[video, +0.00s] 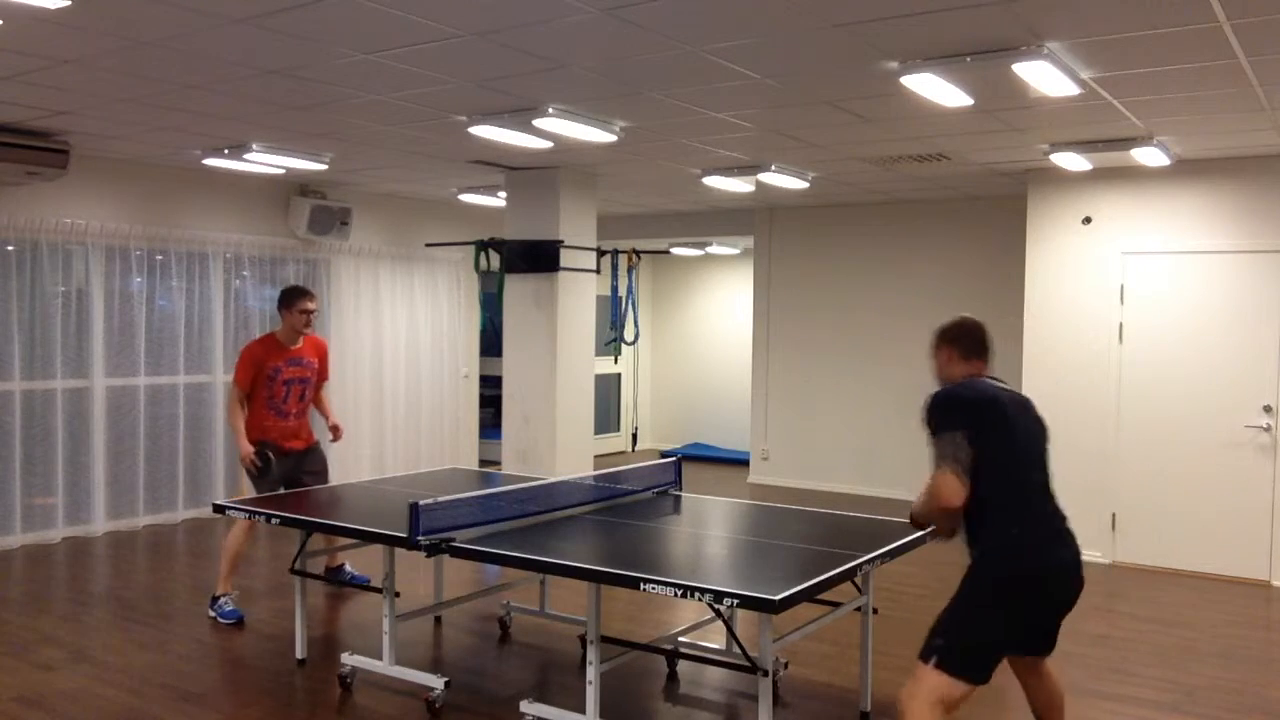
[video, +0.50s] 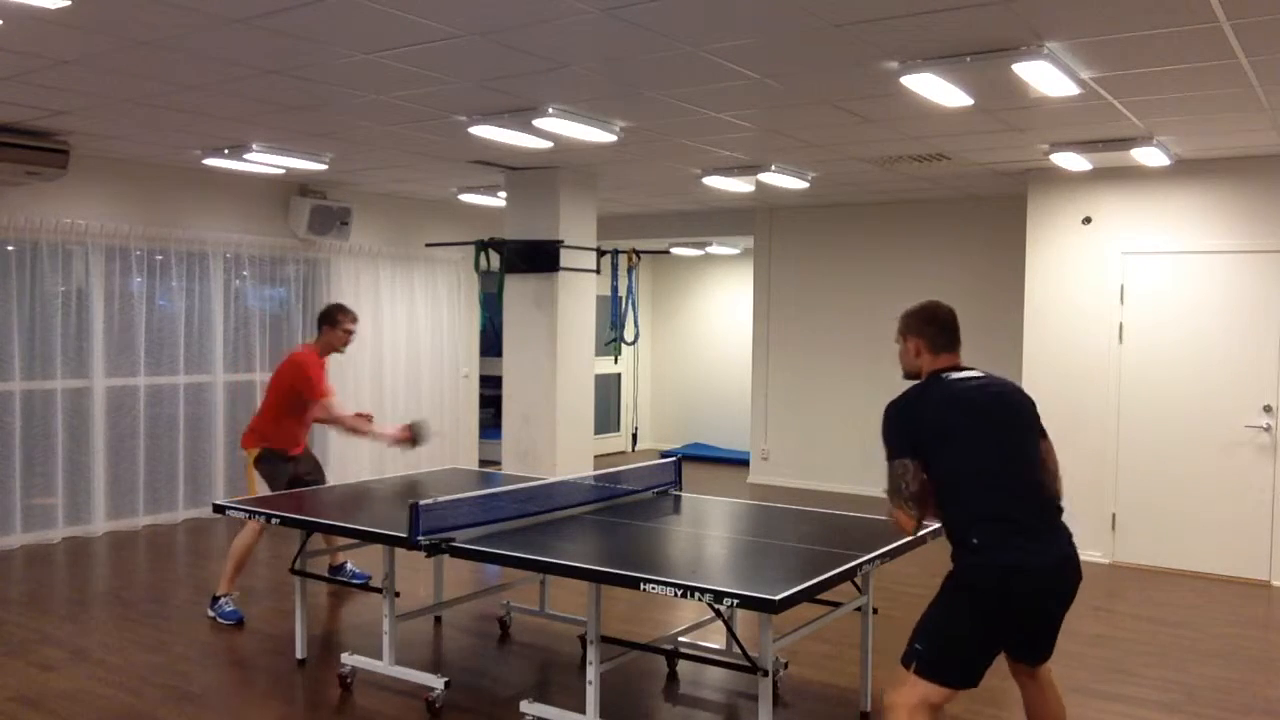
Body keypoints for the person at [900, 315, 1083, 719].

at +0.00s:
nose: (937, 369)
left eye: (938, 359)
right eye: (937, 359)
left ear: (949, 356)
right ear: (983, 357)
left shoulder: (952, 399)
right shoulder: (1021, 404)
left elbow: (950, 495)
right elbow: (1019, 487)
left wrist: (924, 514)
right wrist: (960, 513)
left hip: (1008, 568)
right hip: (1061, 564)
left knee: (923, 699)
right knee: (1029, 661)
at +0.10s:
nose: (901, 369)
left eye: (902, 359)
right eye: (901, 359)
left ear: (914, 357)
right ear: (952, 358)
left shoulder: (914, 415)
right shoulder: (995, 403)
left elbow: (922, 522)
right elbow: (1012, 487)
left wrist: (910, 528)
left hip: (988, 583)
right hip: (1049, 571)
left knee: (898, 702)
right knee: (1032, 675)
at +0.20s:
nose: (878, 373)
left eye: (877, 363)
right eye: (875, 364)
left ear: (891, 363)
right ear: (931, 358)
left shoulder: (892, 429)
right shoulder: (993, 406)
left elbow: (902, 544)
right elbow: (1063, 483)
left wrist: (926, 542)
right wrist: (1047, 520)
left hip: (979, 588)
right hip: (1044, 575)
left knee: (884, 706)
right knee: (1022, 670)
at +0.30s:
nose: (877, 368)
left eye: (876, 358)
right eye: (874, 359)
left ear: (889, 358)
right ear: (931, 352)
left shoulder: (887, 427)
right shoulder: (1000, 398)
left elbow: (898, 541)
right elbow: (1066, 474)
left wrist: (922, 538)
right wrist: (1034, 517)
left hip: (974, 584)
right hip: (1044, 575)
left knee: (886, 706)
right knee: (1021, 667)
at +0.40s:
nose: (887, 357)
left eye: (887, 347)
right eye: (887, 348)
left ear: (901, 348)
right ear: (943, 345)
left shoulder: (894, 417)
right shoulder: (1005, 393)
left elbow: (902, 531)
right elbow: (1063, 482)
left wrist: (934, 502)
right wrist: (1008, 505)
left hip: (976, 576)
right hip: (1048, 567)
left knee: (905, 701)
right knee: (1027, 666)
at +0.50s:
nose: (899, 356)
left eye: (900, 344)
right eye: (899, 345)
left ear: (915, 346)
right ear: (956, 345)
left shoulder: (906, 410)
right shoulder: (1011, 392)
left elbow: (908, 518)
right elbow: (1052, 490)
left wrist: (949, 482)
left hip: (988, 570)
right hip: (1057, 562)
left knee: (913, 700)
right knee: (1030, 667)